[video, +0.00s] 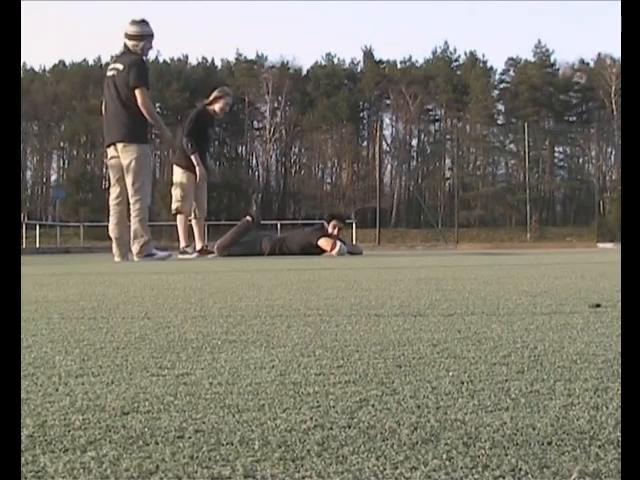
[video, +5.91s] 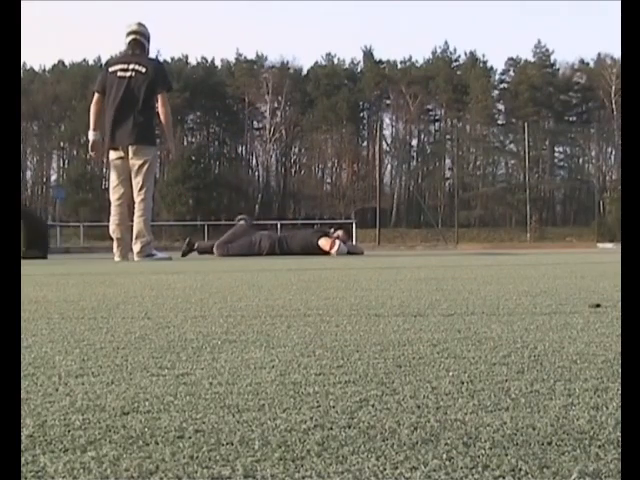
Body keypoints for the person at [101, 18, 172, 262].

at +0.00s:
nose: (151, 46)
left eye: (151, 42)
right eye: (149, 42)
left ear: (128, 40)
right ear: (141, 42)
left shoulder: (113, 64)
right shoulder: (137, 63)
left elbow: (105, 107)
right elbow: (142, 101)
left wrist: (113, 133)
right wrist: (162, 129)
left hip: (112, 138)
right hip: (133, 137)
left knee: (116, 196)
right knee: (138, 195)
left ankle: (119, 250)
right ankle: (142, 247)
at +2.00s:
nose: (160, 47)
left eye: (160, 43)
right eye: (160, 43)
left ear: (138, 38)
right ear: (156, 42)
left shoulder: (118, 65)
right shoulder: (155, 65)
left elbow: (107, 104)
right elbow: (162, 102)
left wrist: (112, 134)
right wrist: (174, 126)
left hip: (121, 136)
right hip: (147, 136)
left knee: (123, 195)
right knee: (145, 195)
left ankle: (119, 249)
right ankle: (142, 248)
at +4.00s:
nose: (160, 47)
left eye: (160, 43)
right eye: (160, 43)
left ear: (139, 38)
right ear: (156, 42)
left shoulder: (120, 65)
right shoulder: (154, 64)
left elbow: (109, 104)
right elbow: (159, 101)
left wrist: (112, 136)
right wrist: (172, 135)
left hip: (123, 138)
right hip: (148, 138)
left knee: (124, 196)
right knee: (145, 196)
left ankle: (119, 249)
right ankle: (143, 248)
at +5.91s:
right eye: (144, 40)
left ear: (126, 41)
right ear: (147, 42)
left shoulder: (111, 65)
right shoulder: (155, 67)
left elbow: (96, 101)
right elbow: (163, 106)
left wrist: (93, 133)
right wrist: (169, 139)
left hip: (115, 138)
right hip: (142, 139)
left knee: (118, 196)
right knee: (142, 195)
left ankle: (119, 250)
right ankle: (142, 248)